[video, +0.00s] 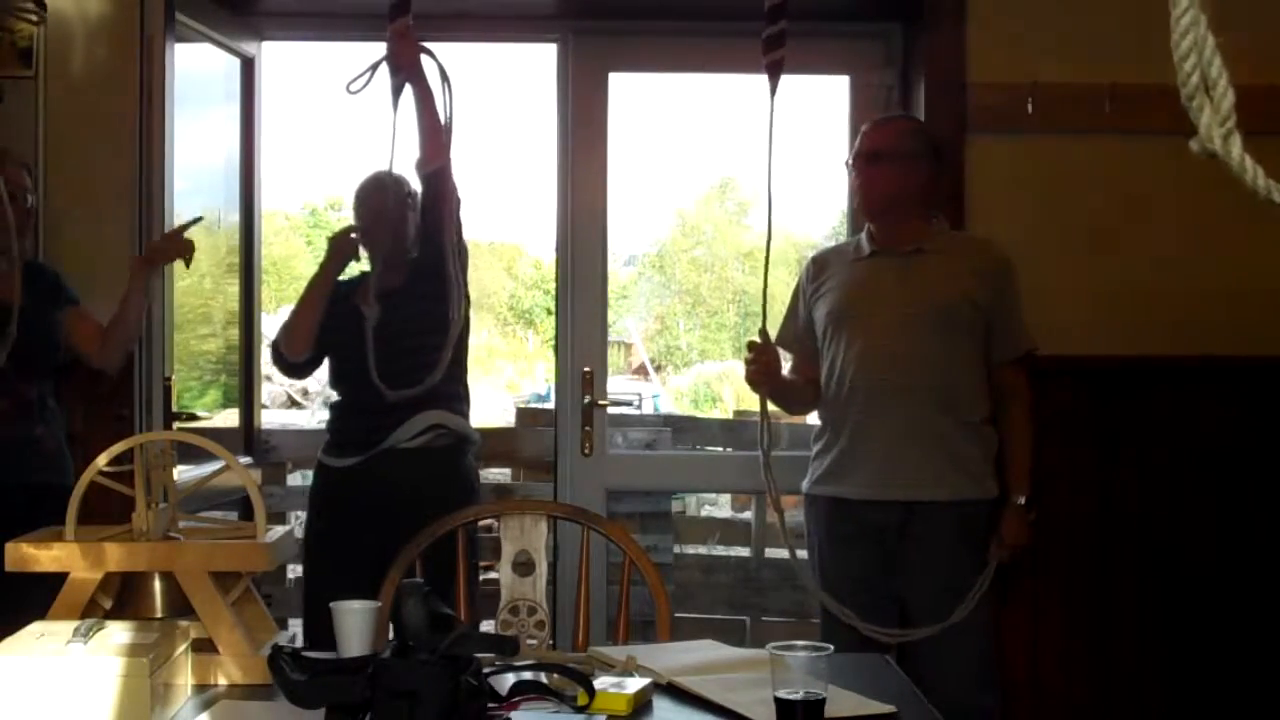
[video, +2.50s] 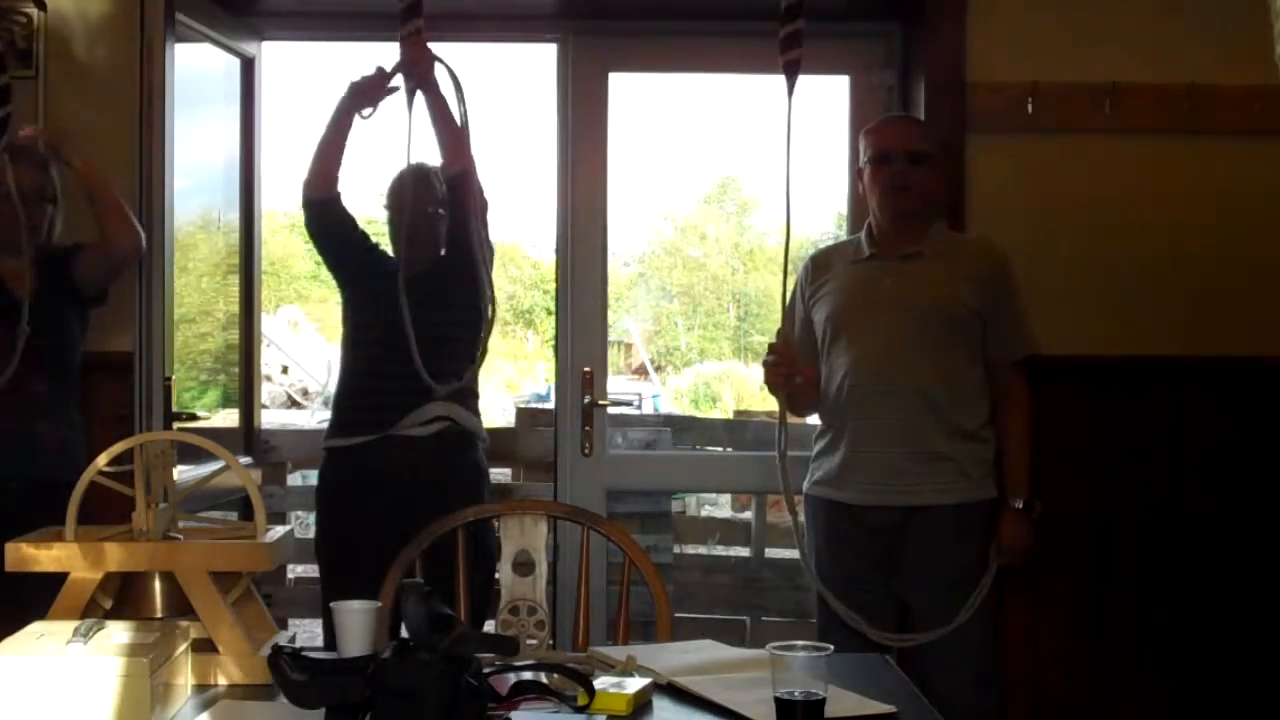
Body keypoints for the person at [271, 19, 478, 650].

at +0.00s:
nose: (397, 209)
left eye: (405, 201)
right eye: (381, 202)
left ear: (420, 216)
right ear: (358, 223)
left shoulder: (439, 276)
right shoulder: (340, 297)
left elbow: (436, 165)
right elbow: (289, 359)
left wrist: (414, 76)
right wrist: (329, 267)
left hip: (429, 465)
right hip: (348, 469)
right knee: (332, 637)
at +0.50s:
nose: (362, 221)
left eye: (374, 209)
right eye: (364, 211)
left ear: (414, 220)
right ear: (371, 227)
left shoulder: (447, 282)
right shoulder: (354, 298)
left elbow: (450, 171)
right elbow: (284, 327)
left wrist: (432, 78)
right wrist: (322, 246)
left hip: (432, 471)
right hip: (351, 474)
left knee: (436, 632)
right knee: (348, 639)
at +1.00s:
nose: (389, 204)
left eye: (404, 197)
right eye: (379, 197)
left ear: (427, 218)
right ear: (367, 218)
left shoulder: (439, 280)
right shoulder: (339, 280)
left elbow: (444, 168)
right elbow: (268, 232)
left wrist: (423, 78)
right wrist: (302, 148)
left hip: (415, 473)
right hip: (332, 473)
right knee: (329, 646)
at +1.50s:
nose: (414, 191)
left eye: (427, 186)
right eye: (403, 186)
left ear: (446, 209)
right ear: (389, 211)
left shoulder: (457, 273)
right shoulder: (360, 266)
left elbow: (450, 174)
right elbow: (331, 183)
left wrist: (420, 82)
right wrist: (365, 86)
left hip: (430, 459)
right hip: (346, 459)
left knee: (441, 627)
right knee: (346, 634)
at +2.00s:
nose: (423, 199)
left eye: (437, 192)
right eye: (411, 193)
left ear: (454, 214)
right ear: (395, 216)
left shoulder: (463, 277)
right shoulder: (367, 271)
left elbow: (463, 176)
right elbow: (328, 187)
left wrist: (435, 83)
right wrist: (372, 100)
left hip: (440, 460)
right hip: (354, 461)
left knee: (452, 624)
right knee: (353, 629)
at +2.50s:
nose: (423, 209)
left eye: (435, 199)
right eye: (409, 200)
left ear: (452, 215)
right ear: (391, 217)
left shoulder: (466, 280)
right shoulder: (366, 275)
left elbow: (461, 173)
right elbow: (320, 197)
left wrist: (427, 83)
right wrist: (349, 105)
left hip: (446, 468)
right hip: (359, 464)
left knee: (453, 635)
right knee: (357, 636)